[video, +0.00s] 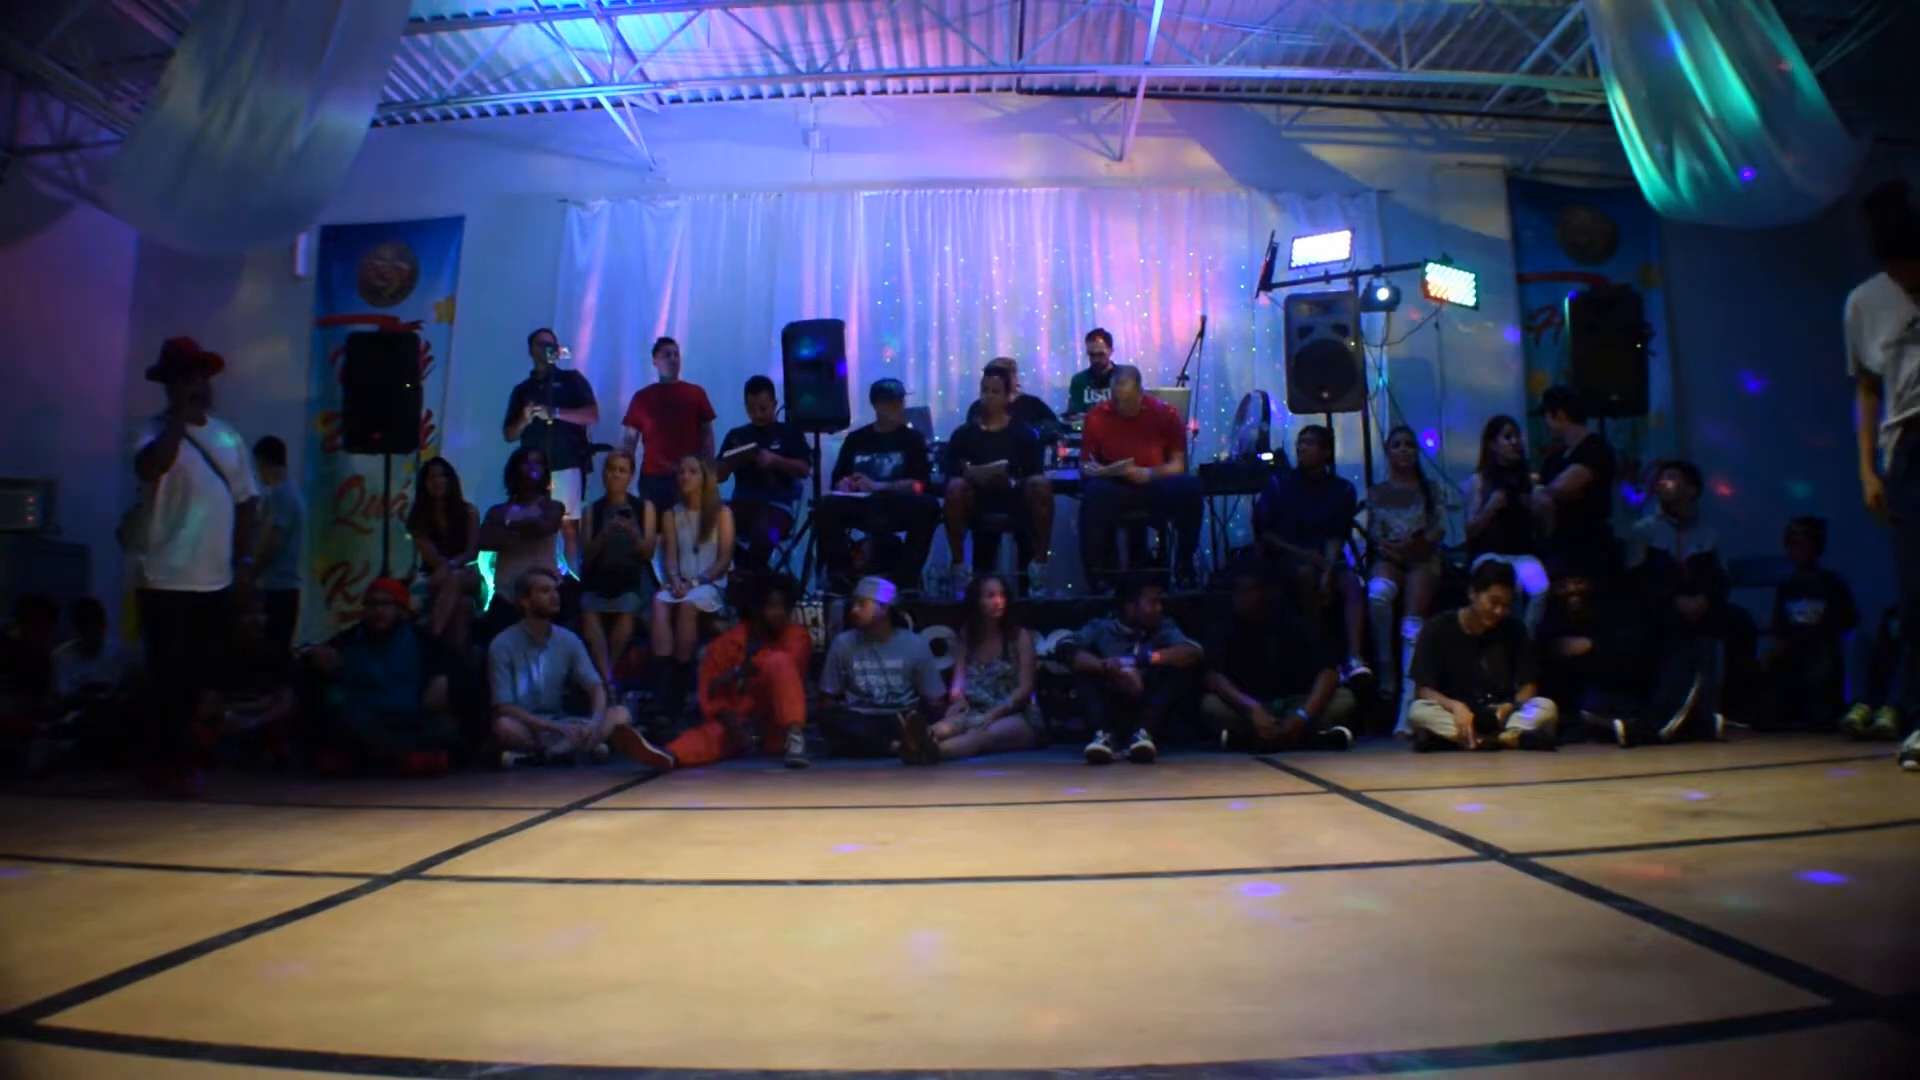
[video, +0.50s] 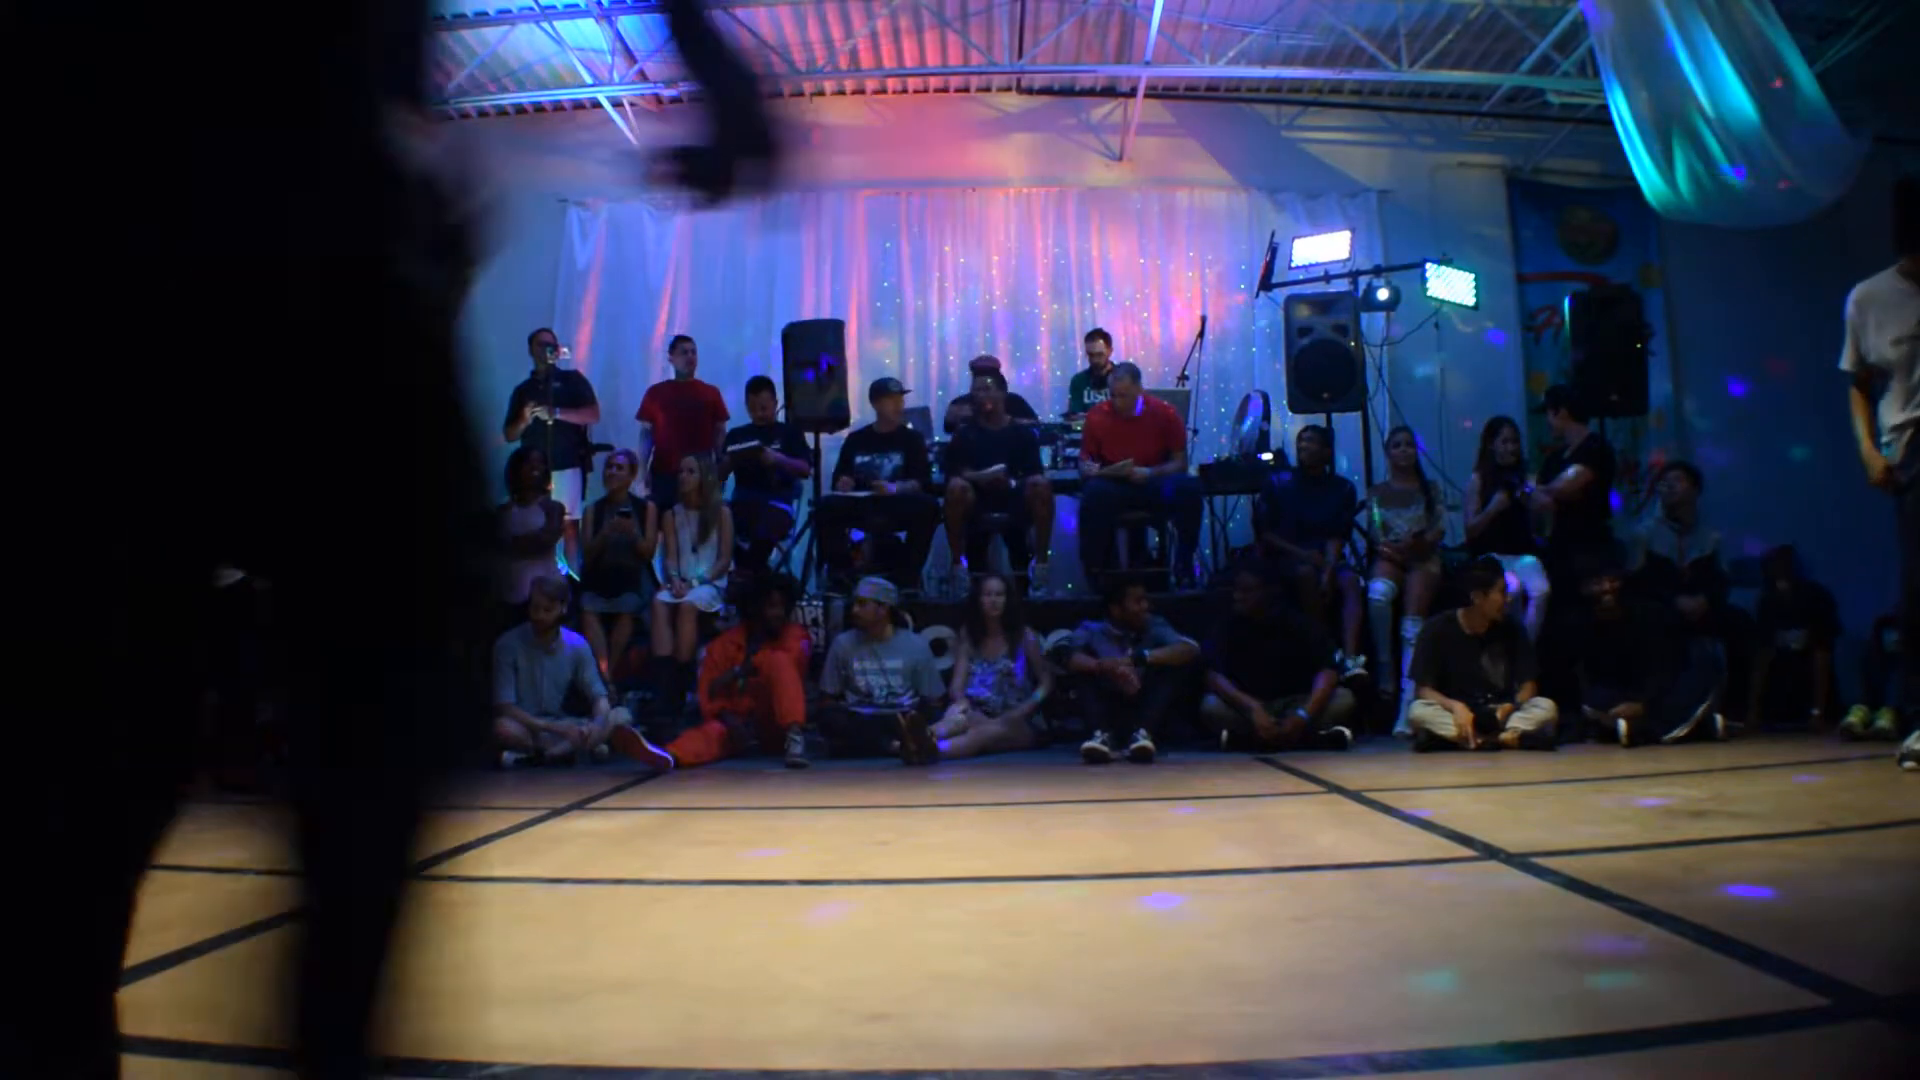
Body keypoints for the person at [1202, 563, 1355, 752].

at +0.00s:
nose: (1241, 598)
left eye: (1248, 591)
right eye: (1238, 591)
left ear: (1268, 592)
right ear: (1232, 593)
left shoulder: (1293, 624)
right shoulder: (1230, 628)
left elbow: (1328, 671)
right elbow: (1213, 675)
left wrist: (1303, 716)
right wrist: (1254, 710)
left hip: (1294, 698)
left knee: (1343, 699)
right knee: (1211, 705)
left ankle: (1255, 741)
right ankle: (1309, 740)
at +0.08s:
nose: (1237, 600)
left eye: (1245, 594)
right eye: (1235, 594)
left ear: (1265, 594)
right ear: (1231, 594)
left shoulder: (1292, 625)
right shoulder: (1231, 629)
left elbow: (1328, 672)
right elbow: (1214, 676)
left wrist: (1303, 716)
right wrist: (1254, 709)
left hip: (1294, 699)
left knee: (1344, 698)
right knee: (1211, 705)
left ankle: (1254, 741)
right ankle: (1310, 740)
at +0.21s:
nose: (1236, 601)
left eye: (1244, 594)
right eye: (1234, 594)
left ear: (1264, 594)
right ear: (1230, 594)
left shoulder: (1292, 624)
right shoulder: (1229, 628)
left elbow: (1329, 671)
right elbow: (1213, 676)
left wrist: (1304, 715)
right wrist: (1254, 709)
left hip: (1295, 698)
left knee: (1344, 698)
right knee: (1211, 706)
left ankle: (1254, 741)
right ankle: (1310, 740)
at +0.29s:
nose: (1236, 601)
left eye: (1244, 594)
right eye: (1234, 594)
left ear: (1264, 594)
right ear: (1230, 594)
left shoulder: (1291, 623)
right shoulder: (1229, 628)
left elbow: (1329, 671)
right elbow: (1213, 676)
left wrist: (1304, 715)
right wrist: (1254, 709)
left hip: (1294, 698)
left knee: (1343, 698)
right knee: (1210, 706)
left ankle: (1254, 741)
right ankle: (1310, 740)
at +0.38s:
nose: (1236, 601)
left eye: (1244, 594)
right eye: (1234, 594)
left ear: (1264, 595)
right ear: (1230, 594)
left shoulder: (1291, 623)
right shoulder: (1229, 628)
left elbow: (1329, 671)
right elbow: (1213, 676)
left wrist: (1304, 715)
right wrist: (1254, 709)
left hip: (1294, 698)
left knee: (1343, 698)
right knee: (1211, 706)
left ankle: (1254, 741)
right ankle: (1310, 740)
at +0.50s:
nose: (1238, 597)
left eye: (1246, 591)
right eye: (1236, 590)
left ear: (1267, 592)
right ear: (1232, 591)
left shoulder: (1295, 622)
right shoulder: (1230, 626)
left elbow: (1328, 671)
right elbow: (1213, 675)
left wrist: (1304, 715)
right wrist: (1254, 709)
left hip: (1295, 698)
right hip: (1248, 702)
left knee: (1343, 698)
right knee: (1210, 706)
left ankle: (1253, 740)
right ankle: (1310, 740)